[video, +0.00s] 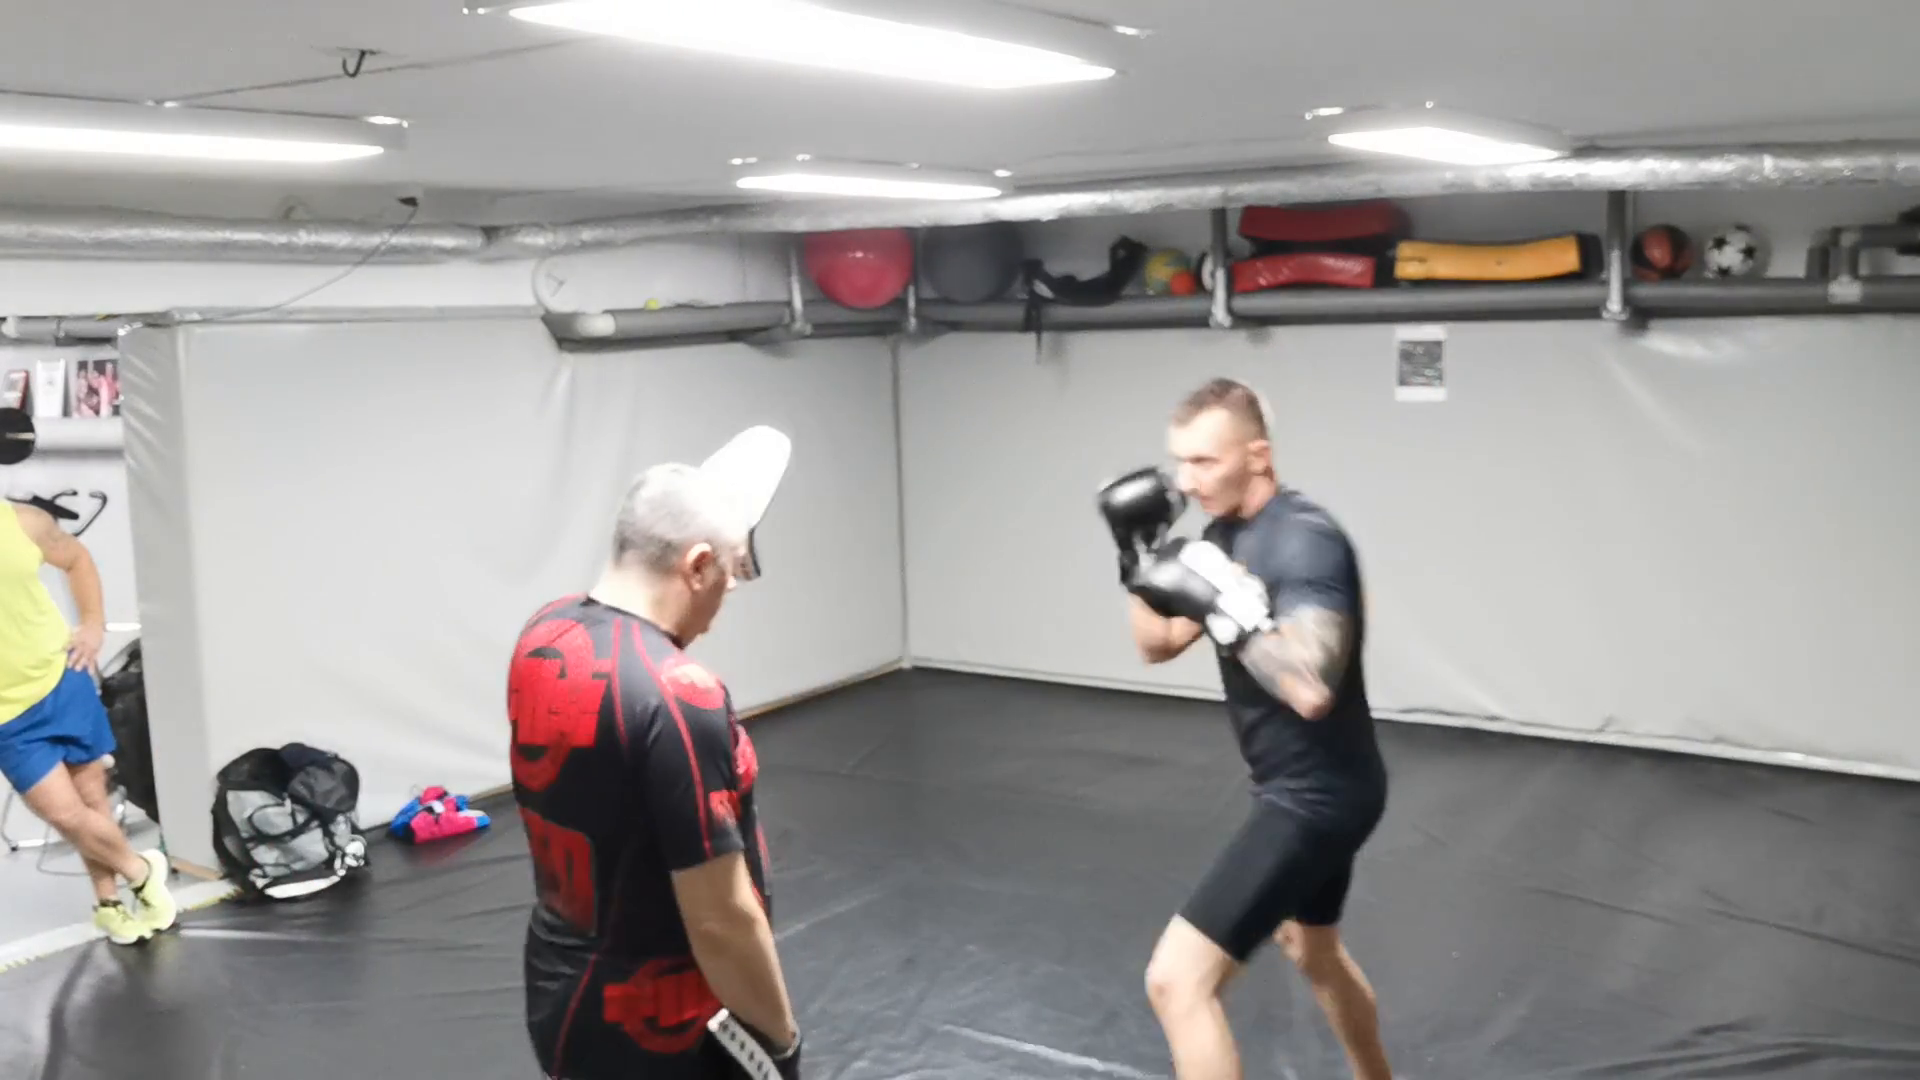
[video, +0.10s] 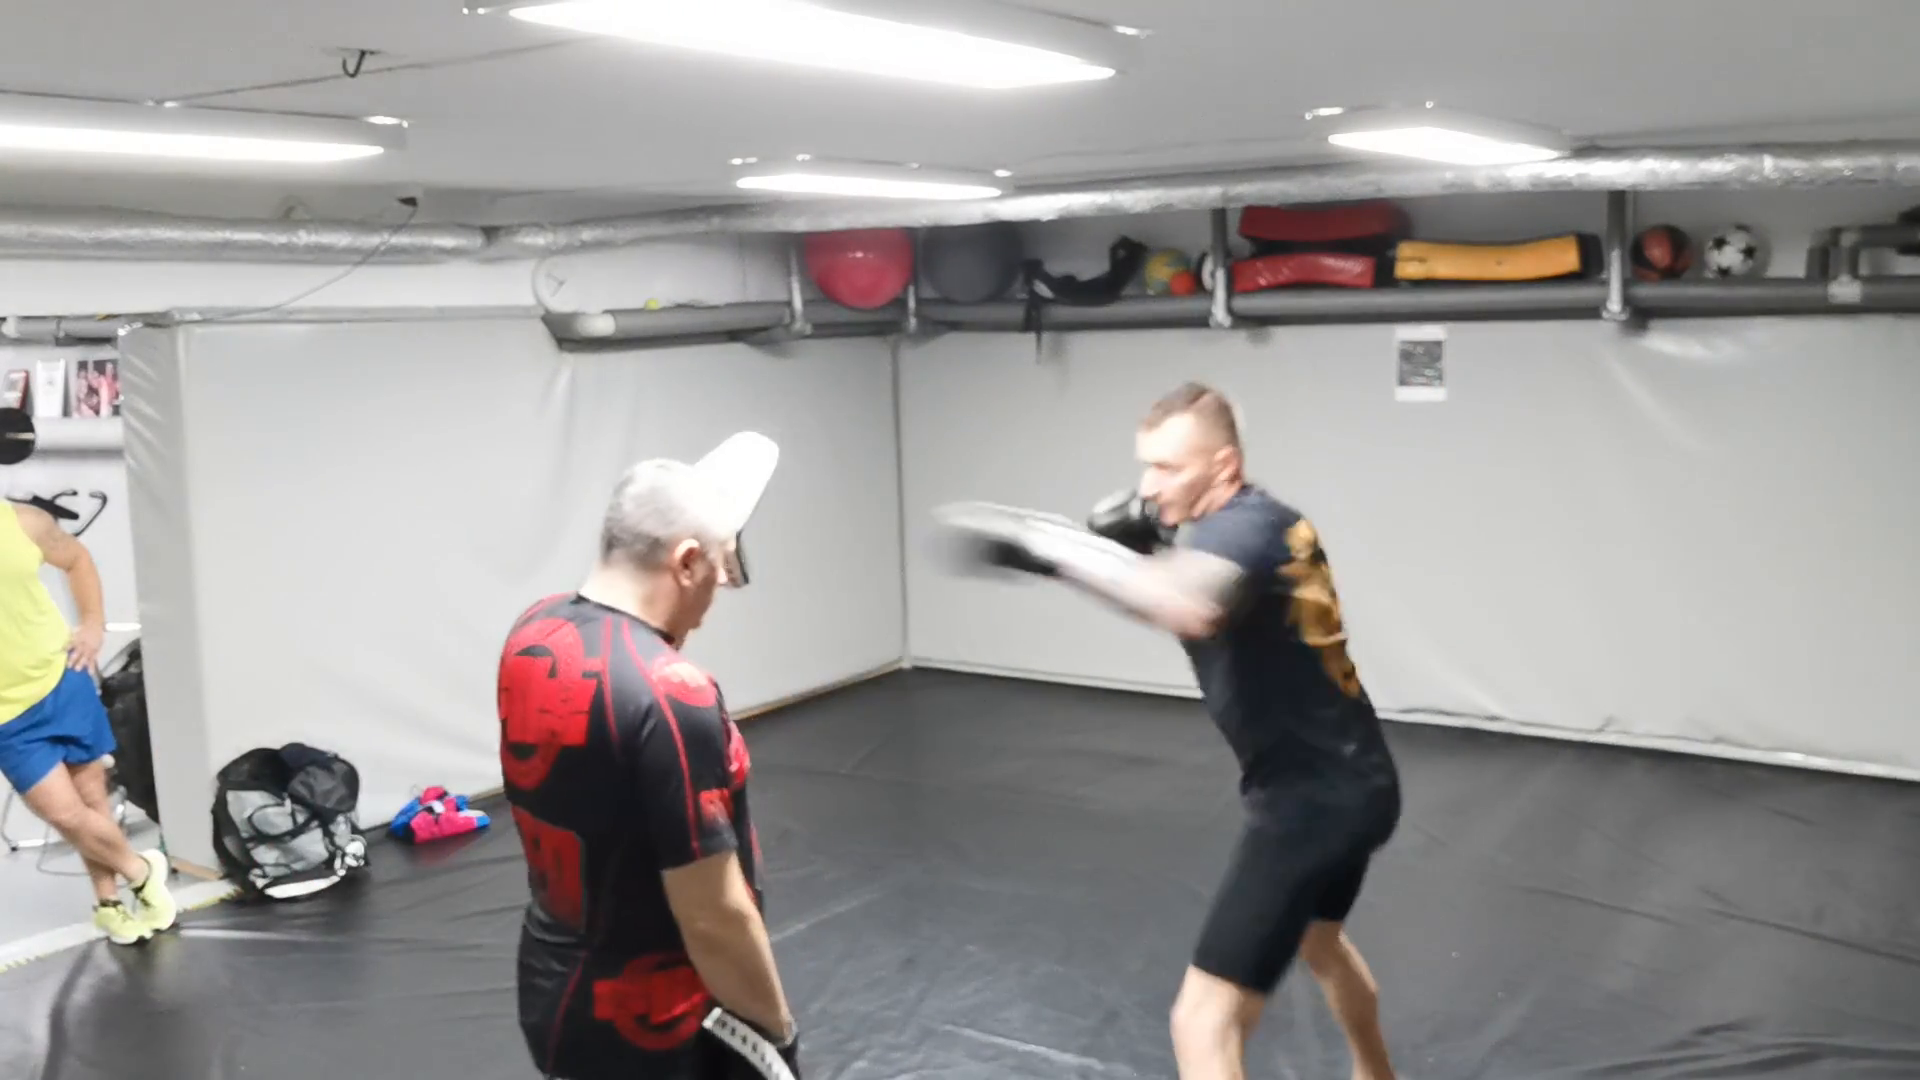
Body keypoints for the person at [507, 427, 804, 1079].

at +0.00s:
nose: (727, 595)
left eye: (736, 576)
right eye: (732, 573)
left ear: (627, 547)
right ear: (696, 565)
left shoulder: (544, 635)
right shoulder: (675, 697)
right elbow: (720, 917)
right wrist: (783, 1042)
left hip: (561, 977)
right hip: (662, 1022)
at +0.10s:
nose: (721, 587)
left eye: (726, 568)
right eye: (722, 565)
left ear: (614, 544)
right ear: (685, 560)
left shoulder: (533, 634)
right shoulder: (669, 695)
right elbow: (714, 914)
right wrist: (779, 1035)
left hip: (554, 975)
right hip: (658, 1019)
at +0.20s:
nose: (706, 579)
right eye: (706, 556)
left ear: (599, 540)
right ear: (671, 560)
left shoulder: (527, 627)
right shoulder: (649, 698)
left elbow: (678, 622)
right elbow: (698, 918)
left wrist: (751, 527)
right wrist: (762, 1031)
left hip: (547, 967)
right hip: (644, 1014)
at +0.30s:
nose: (692, 571)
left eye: (692, 556)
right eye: (690, 556)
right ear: (652, 561)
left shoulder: (525, 606)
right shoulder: (621, 712)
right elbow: (667, 933)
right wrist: (750, 1035)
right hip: (628, 1028)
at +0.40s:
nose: (696, 591)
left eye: (698, 574)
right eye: (694, 573)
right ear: (649, 571)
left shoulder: (528, 629)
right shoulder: (588, 728)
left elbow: (655, 723)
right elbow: (625, 947)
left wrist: (799, 697)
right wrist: (730, 1052)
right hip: (595, 1047)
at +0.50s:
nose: (706, 590)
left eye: (708, 573)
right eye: (702, 573)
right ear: (654, 576)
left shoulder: (550, 631)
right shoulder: (572, 720)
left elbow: (639, 782)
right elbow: (586, 948)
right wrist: (697, 1062)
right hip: (553, 1053)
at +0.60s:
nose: (709, 588)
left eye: (712, 571)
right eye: (705, 570)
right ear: (658, 572)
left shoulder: (551, 631)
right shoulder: (571, 709)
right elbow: (571, 944)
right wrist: (659, 1068)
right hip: (541, 1049)